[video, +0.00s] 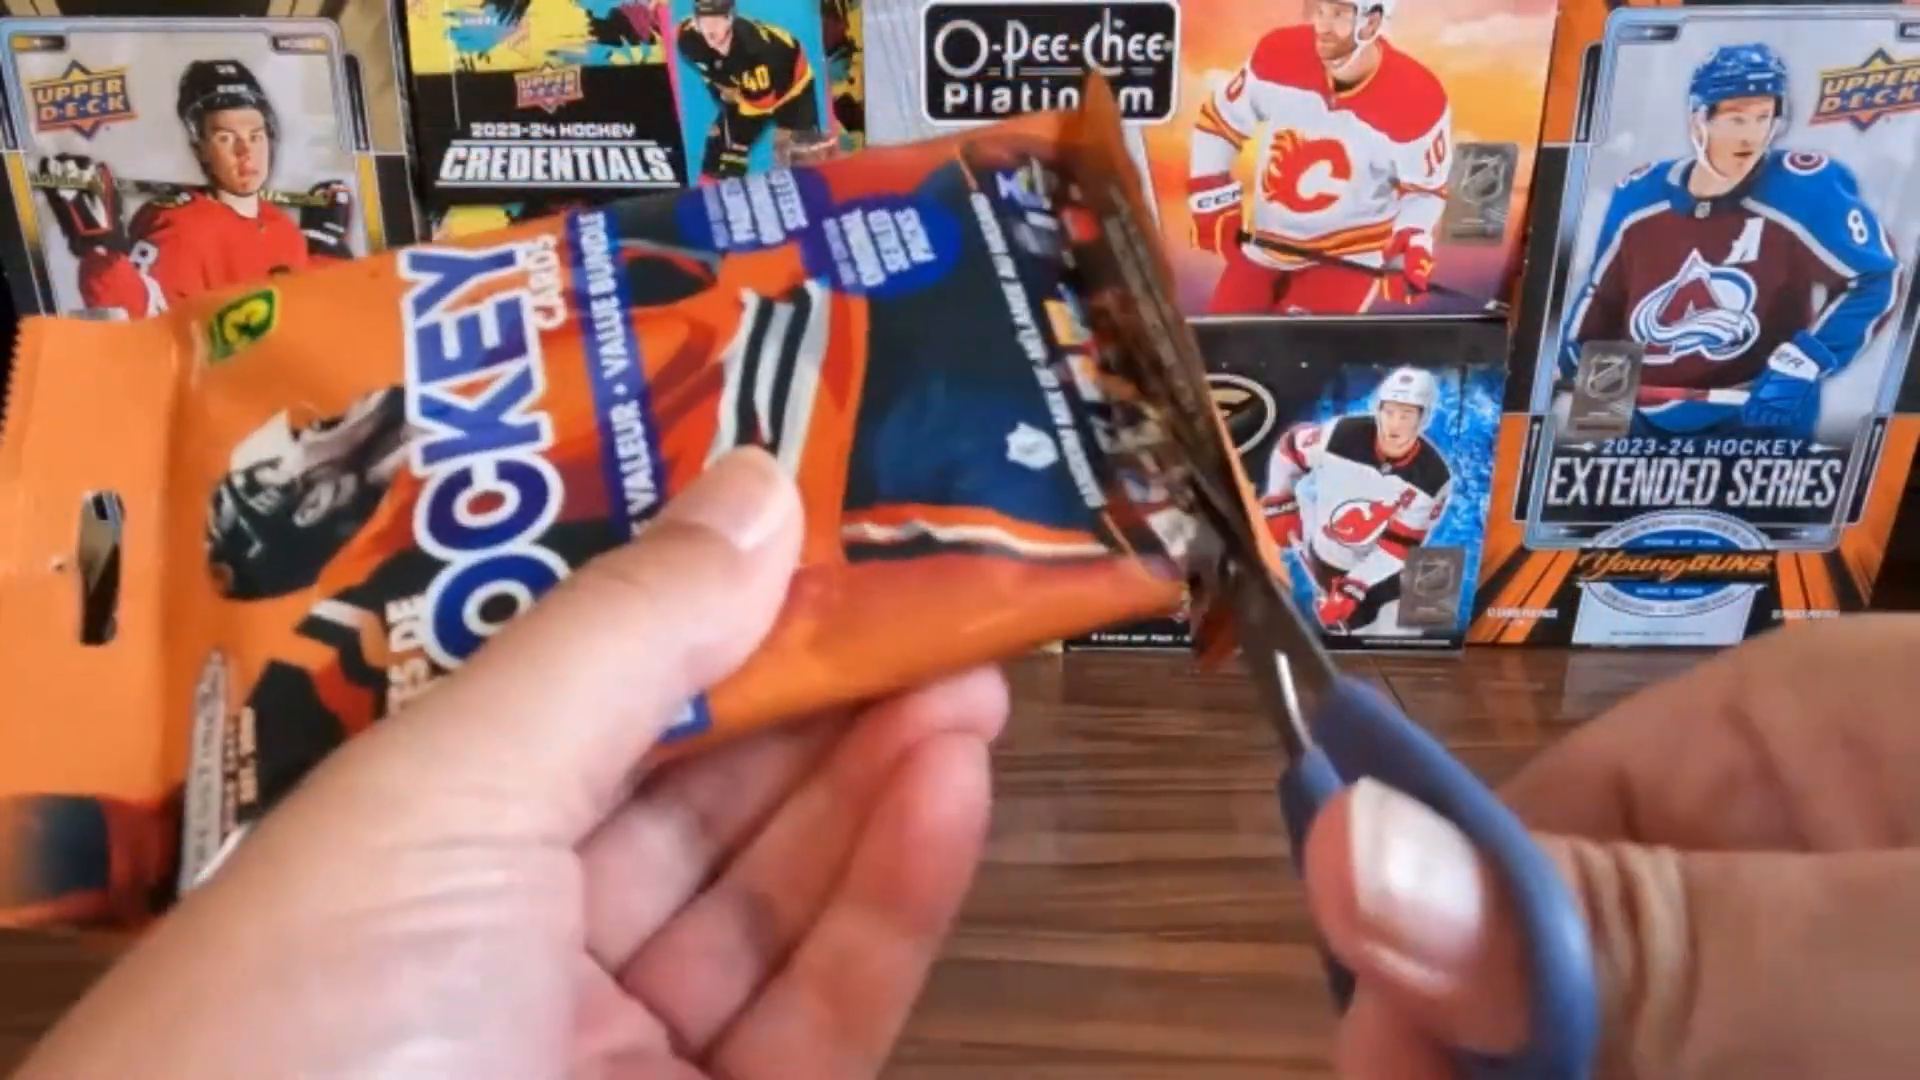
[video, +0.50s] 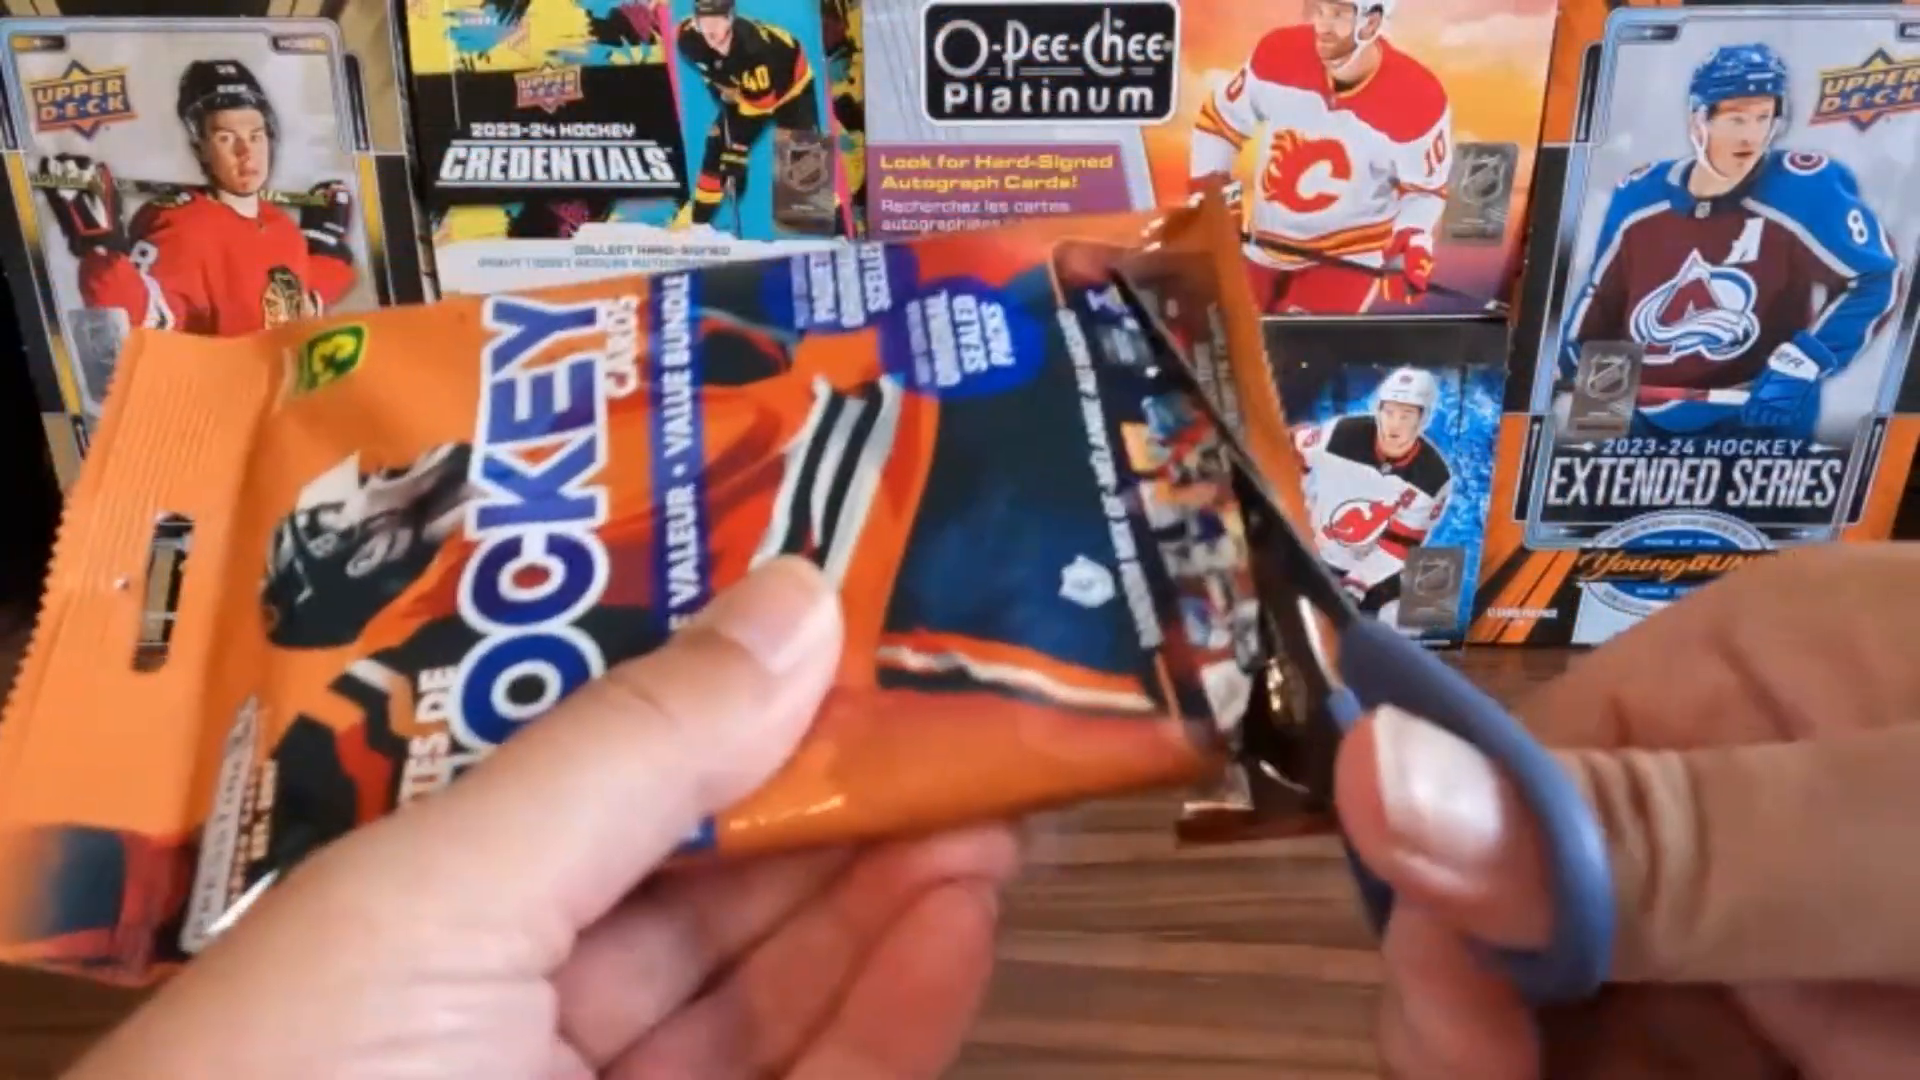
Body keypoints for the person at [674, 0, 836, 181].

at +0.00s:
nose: (711, 30)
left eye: (718, 22)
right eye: (705, 23)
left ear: (730, 20)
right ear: (696, 23)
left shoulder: (754, 48)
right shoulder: (688, 39)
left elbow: (760, 109)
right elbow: (711, 73)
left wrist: (737, 148)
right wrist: (725, 90)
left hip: (792, 90)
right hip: (742, 96)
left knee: (800, 159)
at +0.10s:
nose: (712, 29)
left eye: (718, 21)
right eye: (706, 22)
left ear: (730, 18)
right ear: (696, 22)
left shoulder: (756, 48)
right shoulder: (688, 38)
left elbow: (758, 108)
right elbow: (710, 73)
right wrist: (725, 89)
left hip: (791, 92)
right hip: (740, 97)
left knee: (801, 160)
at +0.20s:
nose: (711, 29)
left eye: (717, 22)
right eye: (705, 22)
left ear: (730, 19)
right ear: (696, 22)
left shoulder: (755, 48)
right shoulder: (688, 38)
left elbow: (757, 110)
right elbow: (711, 75)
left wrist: (737, 154)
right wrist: (726, 90)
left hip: (791, 91)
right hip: (742, 98)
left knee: (801, 158)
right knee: (716, 150)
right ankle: (701, 216)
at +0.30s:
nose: (711, 29)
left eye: (717, 21)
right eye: (705, 22)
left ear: (730, 19)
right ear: (696, 22)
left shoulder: (755, 49)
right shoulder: (688, 38)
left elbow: (756, 112)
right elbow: (710, 75)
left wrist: (736, 157)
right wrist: (725, 91)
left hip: (791, 91)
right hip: (742, 98)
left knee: (802, 158)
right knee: (716, 150)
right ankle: (700, 217)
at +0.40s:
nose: (711, 30)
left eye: (718, 22)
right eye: (705, 22)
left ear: (731, 19)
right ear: (697, 23)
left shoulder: (754, 48)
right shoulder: (689, 38)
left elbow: (756, 111)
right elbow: (710, 75)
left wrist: (736, 159)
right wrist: (724, 96)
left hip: (790, 90)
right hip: (741, 97)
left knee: (802, 158)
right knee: (717, 148)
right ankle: (699, 219)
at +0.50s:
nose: (712, 30)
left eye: (717, 23)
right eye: (705, 23)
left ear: (730, 19)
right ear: (696, 22)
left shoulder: (754, 48)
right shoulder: (689, 38)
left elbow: (757, 109)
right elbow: (708, 69)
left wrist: (736, 154)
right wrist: (723, 87)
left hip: (791, 92)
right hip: (743, 96)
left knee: (805, 162)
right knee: (717, 147)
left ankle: (835, 227)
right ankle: (699, 221)